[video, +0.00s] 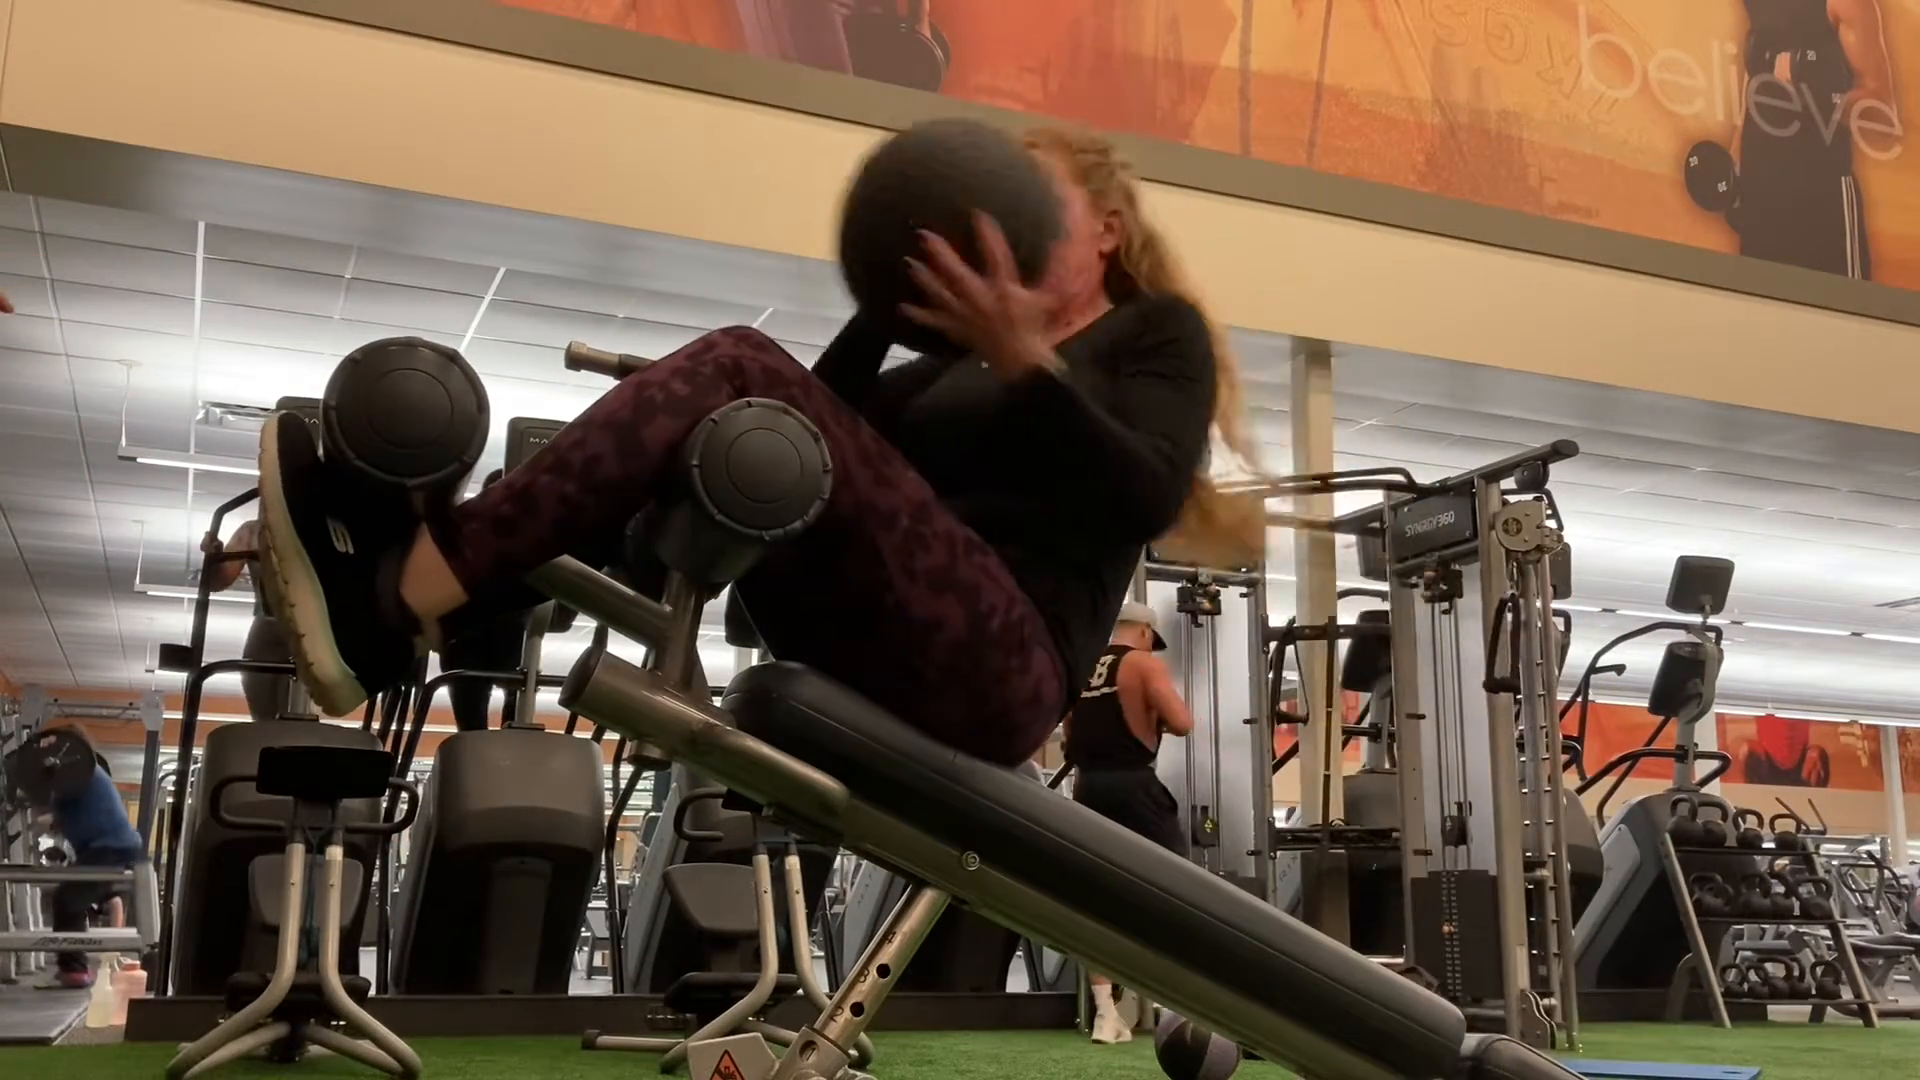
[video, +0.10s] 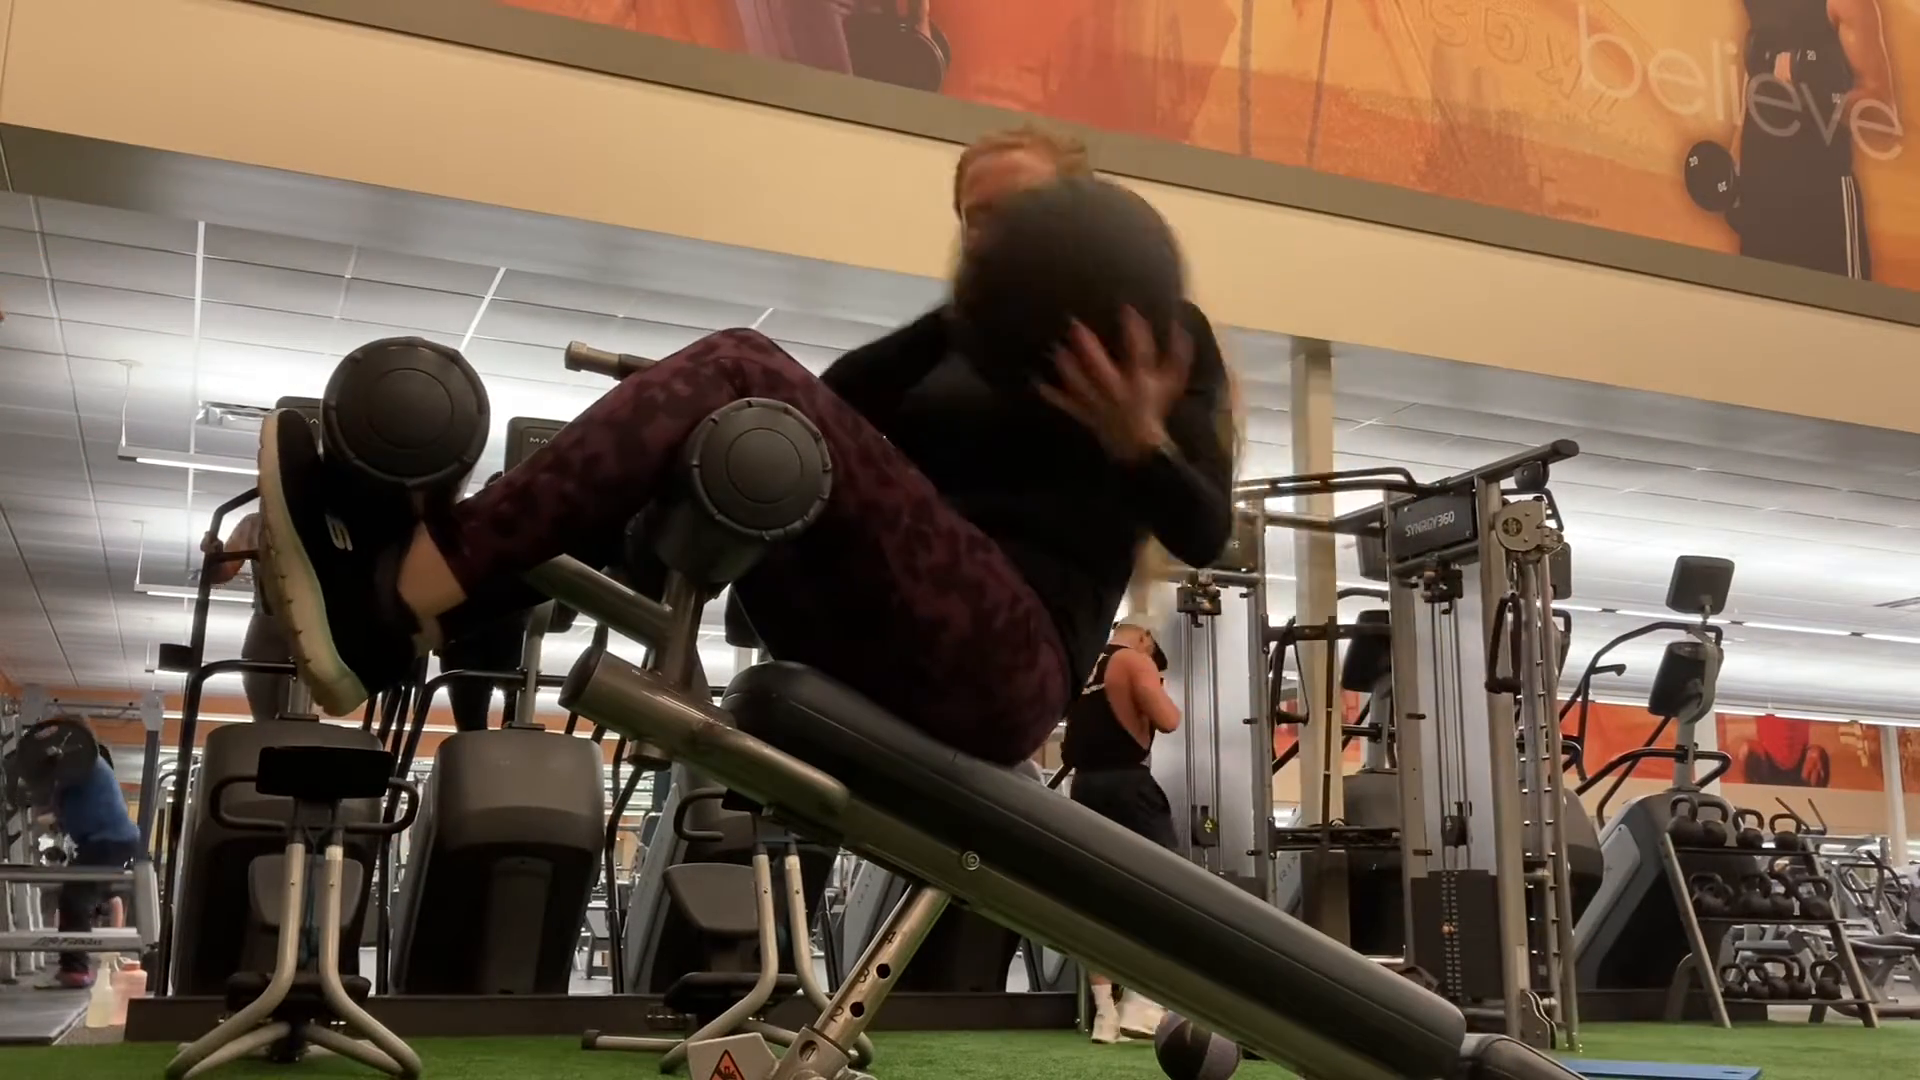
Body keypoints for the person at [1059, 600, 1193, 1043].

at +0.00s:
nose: (1153, 645)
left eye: (1152, 640)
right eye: (1153, 639)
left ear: (1114, 632)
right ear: (1143, 633)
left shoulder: (1085, 666)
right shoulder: (1145, 663)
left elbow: (1070, 736)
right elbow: (1182, 724)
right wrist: (1157, 709)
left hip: (1089, 792)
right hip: (1136, 791)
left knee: (1091, 899)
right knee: (1157, 892)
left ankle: (1106, 1014)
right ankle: (1145, 998)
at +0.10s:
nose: (1150, 658)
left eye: (1151, 653)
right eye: (1151, 651)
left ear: (1118, 637)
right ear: (1141, 639)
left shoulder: (1089, 665)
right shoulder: (1134, 659)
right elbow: (1168, 719)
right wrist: (1157, 693)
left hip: (1086, 787)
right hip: (1129, 786)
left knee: (1094, 898)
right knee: (1157, 890)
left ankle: (1104, 1012)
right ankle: (1143, 1003)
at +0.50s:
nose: (1152, 673)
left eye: (1156, 670)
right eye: (1156, 664)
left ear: (1142, 641)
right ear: (1150, 643)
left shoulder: (1101, 655)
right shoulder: (1120, 657)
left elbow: (1096, 723)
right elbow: (1121, 716)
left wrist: (1143, 700)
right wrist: (1152, 710)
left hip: (1088, 782)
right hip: (1100, 785)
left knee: (1101, 900)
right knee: (1090, 900)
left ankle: (1102, 1009)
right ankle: (1072, 1013)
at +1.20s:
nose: (1145, 643)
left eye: (1149, 636)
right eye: (1144, 633)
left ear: (1134, 625)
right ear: (1124, 618)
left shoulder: (1118, 662)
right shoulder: (1089, 656)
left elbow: (1108, 726)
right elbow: (1063, 715)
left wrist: (1137, 745)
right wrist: (1103, 756)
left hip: (1108, 797)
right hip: (1078, 796)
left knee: (1106, 902)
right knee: (1075, 904)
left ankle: (1109, 1009)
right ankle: (1071, 1017)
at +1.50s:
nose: (1138, 615)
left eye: (1140, 608)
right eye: (1130, 607)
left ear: (1132, 613)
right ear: (1108, 609)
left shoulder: (1120, 660)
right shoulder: (1096, 657)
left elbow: (1112, 727)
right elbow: (1066, 719)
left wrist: (1127, 779)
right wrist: (1085, 772)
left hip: (1115, 790)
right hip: (1088, 788)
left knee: (1107, 900)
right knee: (1077, 900)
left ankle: (1108, 1008)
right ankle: (1070, 1015)